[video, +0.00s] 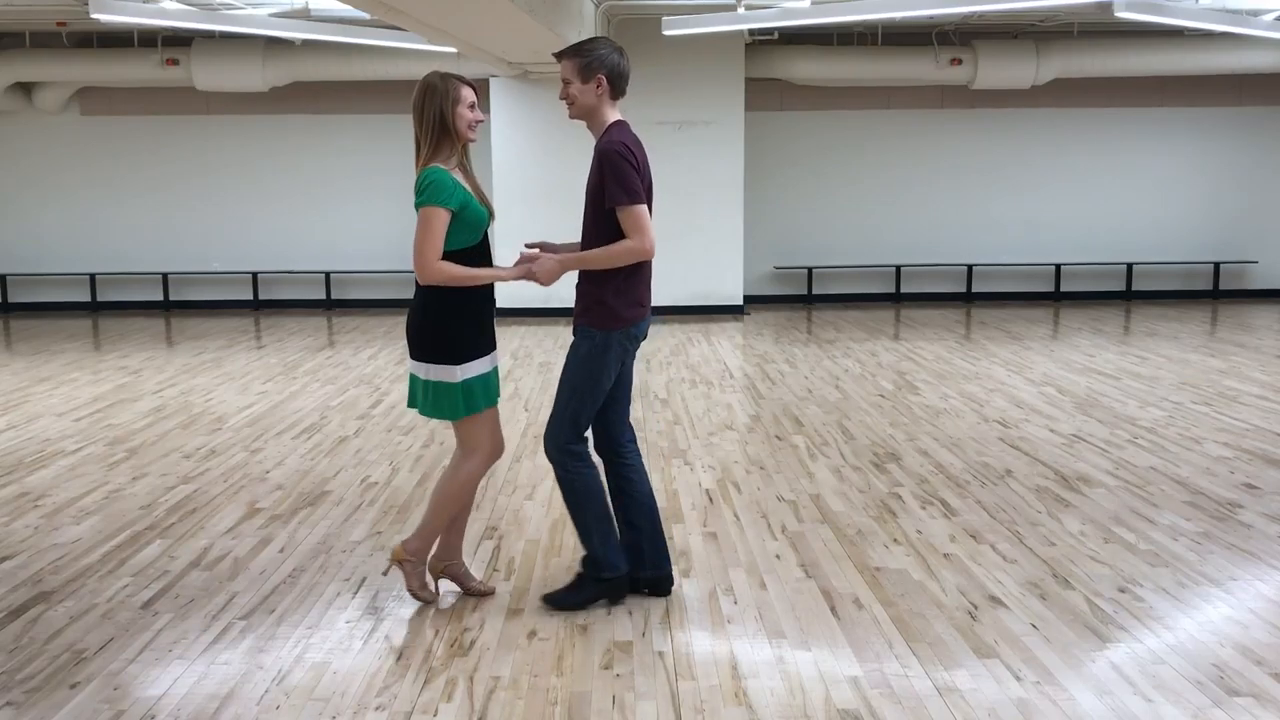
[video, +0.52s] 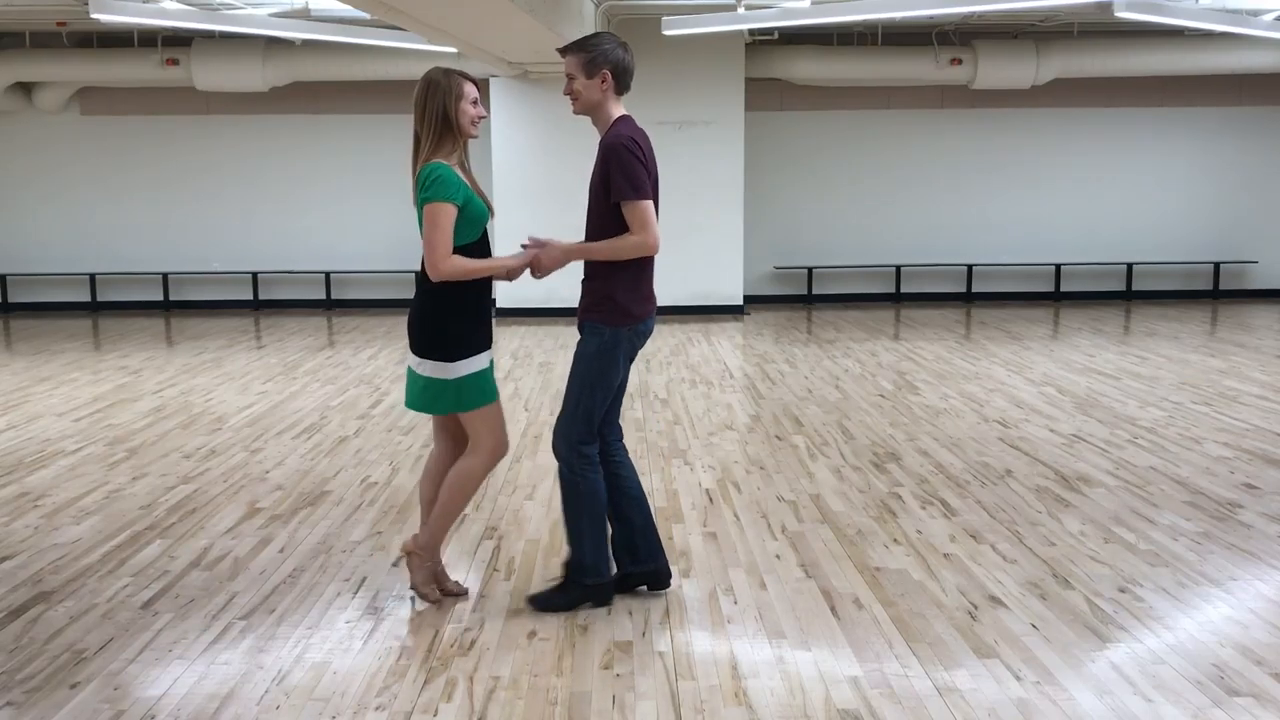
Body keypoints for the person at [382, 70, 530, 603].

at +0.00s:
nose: (478, 115)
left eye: (477, 106)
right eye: (468, 107)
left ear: (465, 114)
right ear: (443, 114)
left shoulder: (456, 174)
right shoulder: (440, 181)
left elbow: (457, 258)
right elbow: (426, 268)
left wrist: (513, 265)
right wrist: (507, 273)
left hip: (465, 326)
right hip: (450, 333)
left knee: (475, 446)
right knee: (483, 446)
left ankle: (450, 555)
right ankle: (416, 550)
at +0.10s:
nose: (476, 115)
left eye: (475, 107)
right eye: (467, 107)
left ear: (461, 114)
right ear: (442, 114)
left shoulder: (456, 174)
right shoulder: (438, 181)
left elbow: (456, 258)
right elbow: (421, 267)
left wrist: (504, 270)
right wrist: (496, 278)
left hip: (467, 326)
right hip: (444, 332)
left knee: (485, 441)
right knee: (460, 450)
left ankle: (450, 557)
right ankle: (400, 558)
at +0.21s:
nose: (476, 114)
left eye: (475, 106)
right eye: (467, 107)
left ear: (454, 115)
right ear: (443, 114)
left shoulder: (453, 176)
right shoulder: (436, 182)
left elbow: (454, 260)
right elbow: (418, 267)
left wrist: (500, 269)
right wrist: (493, 281)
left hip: (463, 330)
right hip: (438, 334)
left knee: (490, 439)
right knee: (442, 450)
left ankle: (454, 553)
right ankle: (392, 559)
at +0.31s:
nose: (476, 115)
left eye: (474, 107)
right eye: (466, 107)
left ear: (453, 115)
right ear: (442, 114)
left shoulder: (452, 176)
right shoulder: (438, 181)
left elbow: (452, 262)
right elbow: (420, 267)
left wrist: (499, 271)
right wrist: (497, 284)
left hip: (461, 334)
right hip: (435, 337)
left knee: (489, 439)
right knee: (438, 450)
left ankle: (447, 548)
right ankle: (389, 562)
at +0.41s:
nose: (477, 114)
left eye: (475, 106)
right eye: (467, 106)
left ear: (454, 114)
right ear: (443, 113)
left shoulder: (452, 175)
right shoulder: (439, 180)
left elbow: (455, 260)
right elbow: (427, 268)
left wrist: (504, 270)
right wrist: (500, 280)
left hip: (463, 329)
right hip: (439, 333)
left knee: (479, 439)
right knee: (451, 447)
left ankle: (432, 551)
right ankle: (395, 558)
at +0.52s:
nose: (481, 110)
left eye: (480, 102)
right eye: (472, 102)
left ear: (454, 110)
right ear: (445, 109)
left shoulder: (451, 172)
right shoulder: (442, 178)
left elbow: (456, 257)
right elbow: (438, 265)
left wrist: (507, 263)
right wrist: (505, 265)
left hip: (444, 328)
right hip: (455, 333)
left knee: (449, 444)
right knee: (490, 443)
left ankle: (428, 556)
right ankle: (424, 546)